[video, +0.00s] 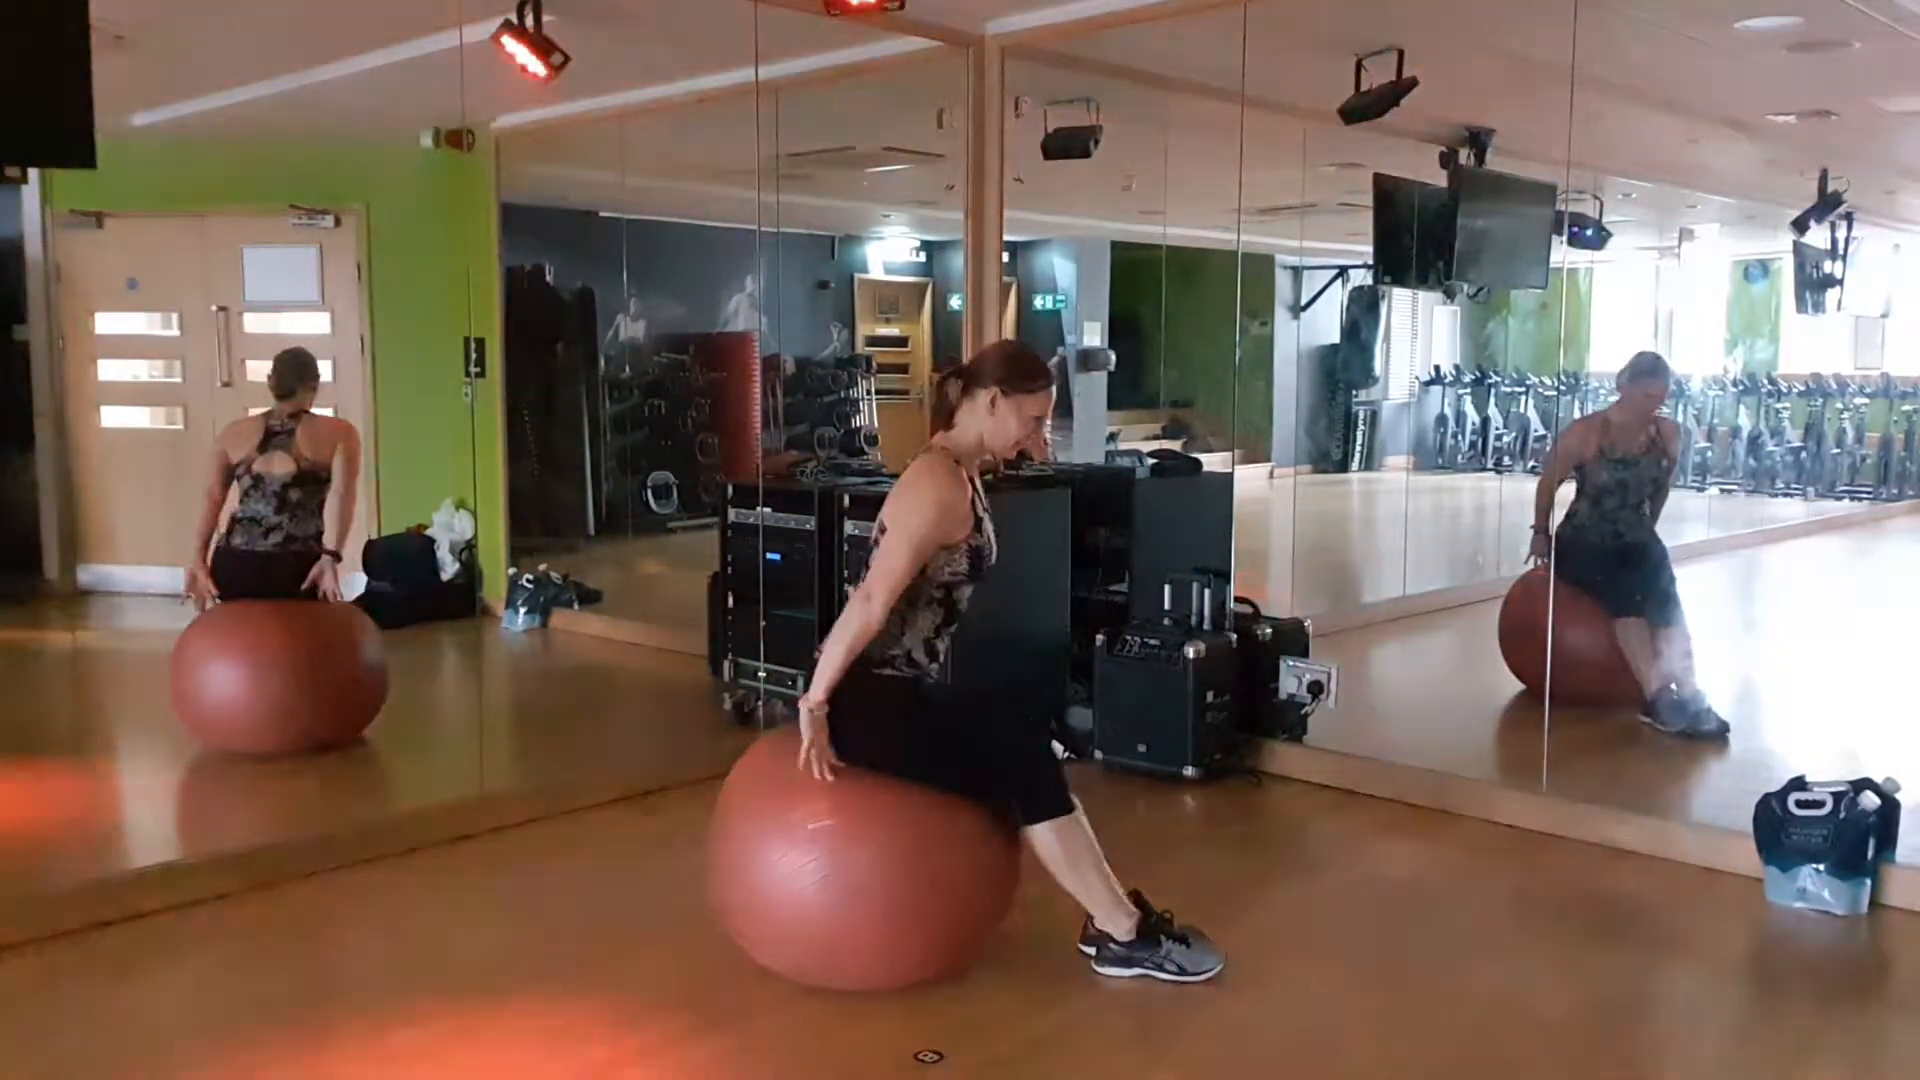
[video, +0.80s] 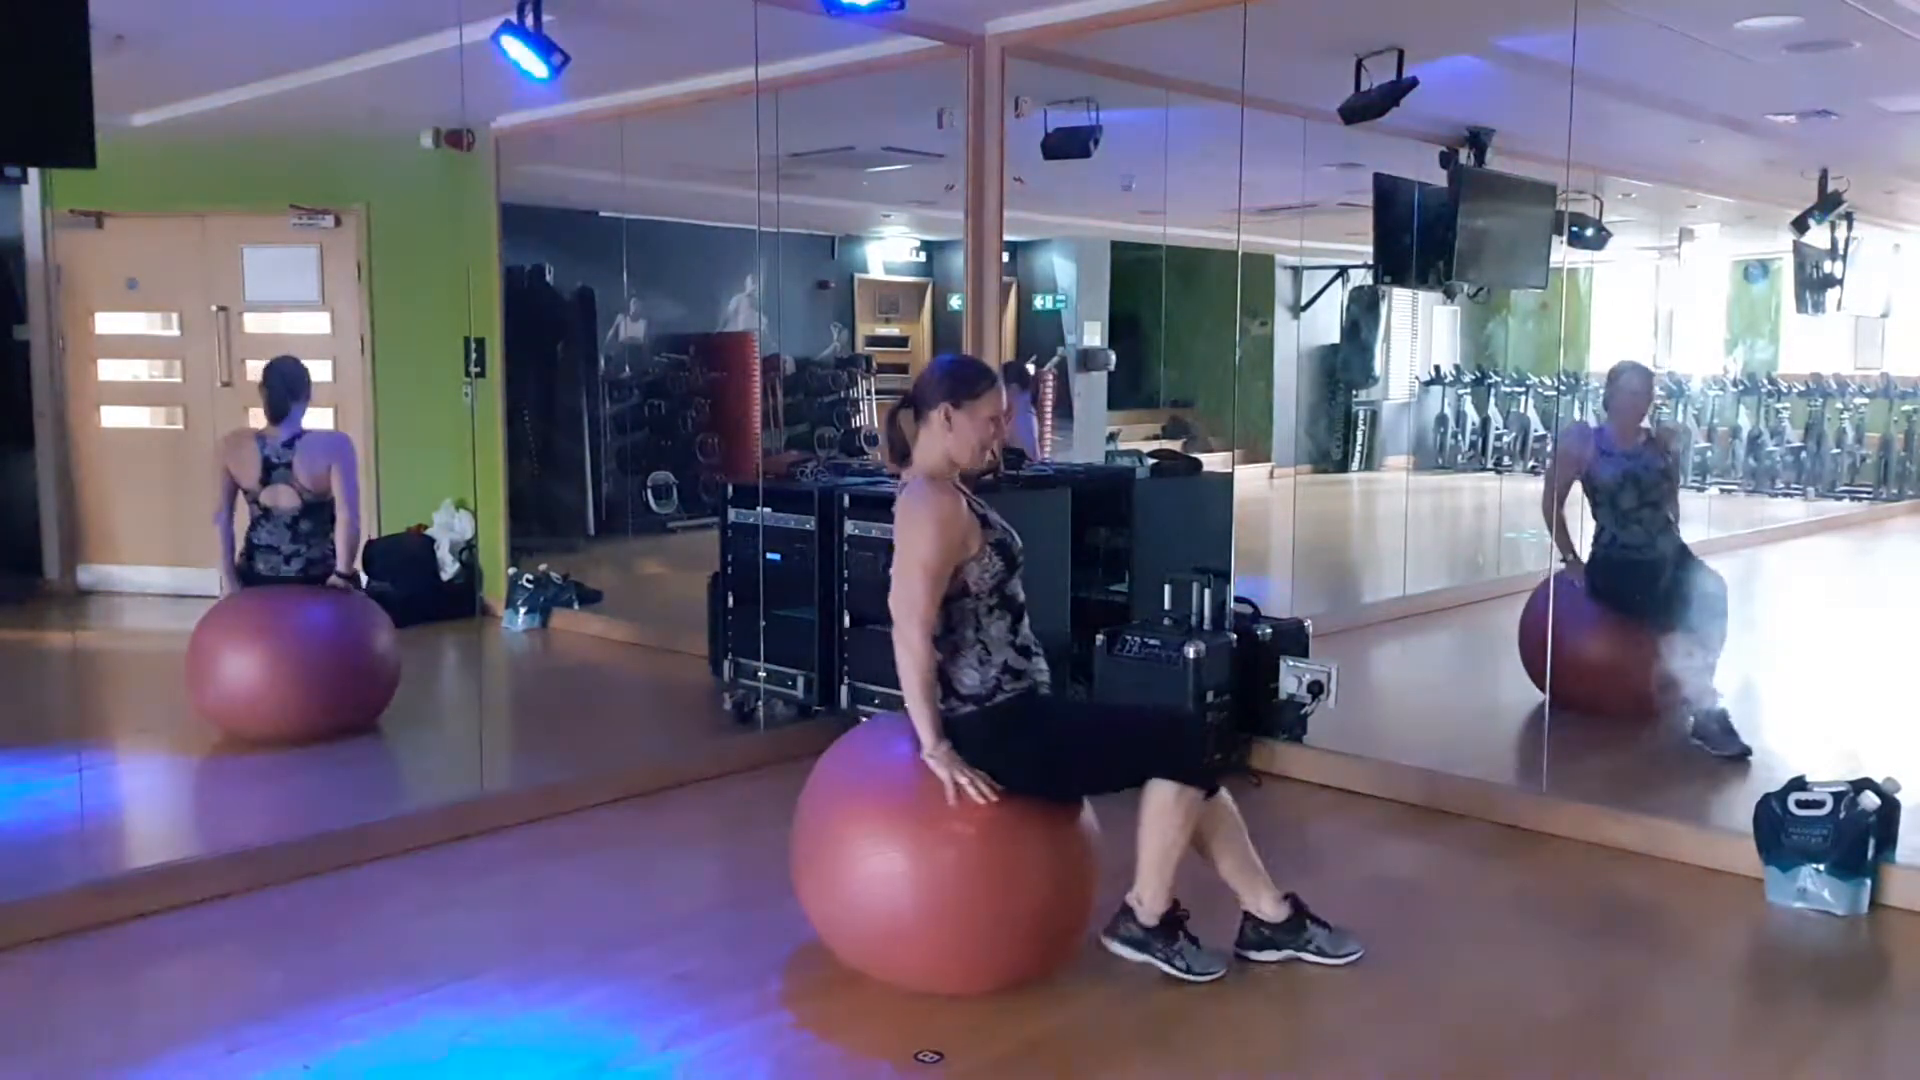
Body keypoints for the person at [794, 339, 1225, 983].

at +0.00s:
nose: (1038, 439)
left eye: (1043, 423)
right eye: (1033, 421)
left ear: (991, 405)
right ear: (988, 402)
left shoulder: (957, 477)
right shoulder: (935, 485)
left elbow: (901, 600)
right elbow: (872, 600)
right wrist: (815, 699)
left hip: (900, 693)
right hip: (871, 704)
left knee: (1033, 745)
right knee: (1025, 762)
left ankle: (1114, 914)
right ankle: (1121, 930)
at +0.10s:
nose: (1026, 437)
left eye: (1030, 422)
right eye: (1023, 419)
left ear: (980, 404)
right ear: (981, 404)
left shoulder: (952, 481)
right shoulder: (930, 492)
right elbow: (868, 604)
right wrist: (818, 707)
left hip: (912, 697)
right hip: (886, 712)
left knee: (1051, 740)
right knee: (1047, 757)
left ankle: (1117, 912)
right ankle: (1122, 929)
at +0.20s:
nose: (1016, 430)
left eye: (1020, 416)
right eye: (1011, 413)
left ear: (965, 403)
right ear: (968, 401)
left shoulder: (949, 477)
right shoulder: (923, 490)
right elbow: (867, 603)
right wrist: (830, 715)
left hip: (927, 700)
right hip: (895, 717)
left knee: (1077, 730)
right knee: (1069, 741)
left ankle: (1138, 908)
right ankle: (1121, 933)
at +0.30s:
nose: (1007, 428)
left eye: (1011, 412)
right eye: (1001, 410)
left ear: (958, 398)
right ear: (956, 396)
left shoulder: (940, 476)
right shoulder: (916, 486)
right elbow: (869, 609)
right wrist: (846, 720)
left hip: (944, 700)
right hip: (914, 715)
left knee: (1096, 735)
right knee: (1088, 745)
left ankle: (1177, 897)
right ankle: (1125, 935)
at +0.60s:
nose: (998, 425)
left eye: (1001, 410)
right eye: (991, 408)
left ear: (951, 403)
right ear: (946, 400)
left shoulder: (943, 483)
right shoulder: (923, 489)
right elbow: (893, 615)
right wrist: (899, 733)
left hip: (987, 704)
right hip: (960, 716)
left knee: (1146, 763)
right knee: (1144, 749)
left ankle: (1273, 891)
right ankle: (1133, 931)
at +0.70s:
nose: (998, 431)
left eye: (1000, 416)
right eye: (990, 414)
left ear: (950, 411)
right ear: (946, 408)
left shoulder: (946, 488)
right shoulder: (927, 497)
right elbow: (901, 622)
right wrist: (917, 739)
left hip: (1001, 710)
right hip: (977, 723)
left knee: (1168, 764)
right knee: (1163, 750)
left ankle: (1268, 915)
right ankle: (1137, 927)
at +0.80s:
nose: (999, 437)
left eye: (1000, 423)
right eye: (990, 422)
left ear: (951, 419)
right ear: (946, 416)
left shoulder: (948, 496)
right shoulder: (930, 506)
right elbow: (910, 628)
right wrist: (934, 743)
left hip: (1015, 713)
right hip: (993, 728)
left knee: (1187, 755)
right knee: (1177, 741)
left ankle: (1271, 914)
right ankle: (1147, 917)